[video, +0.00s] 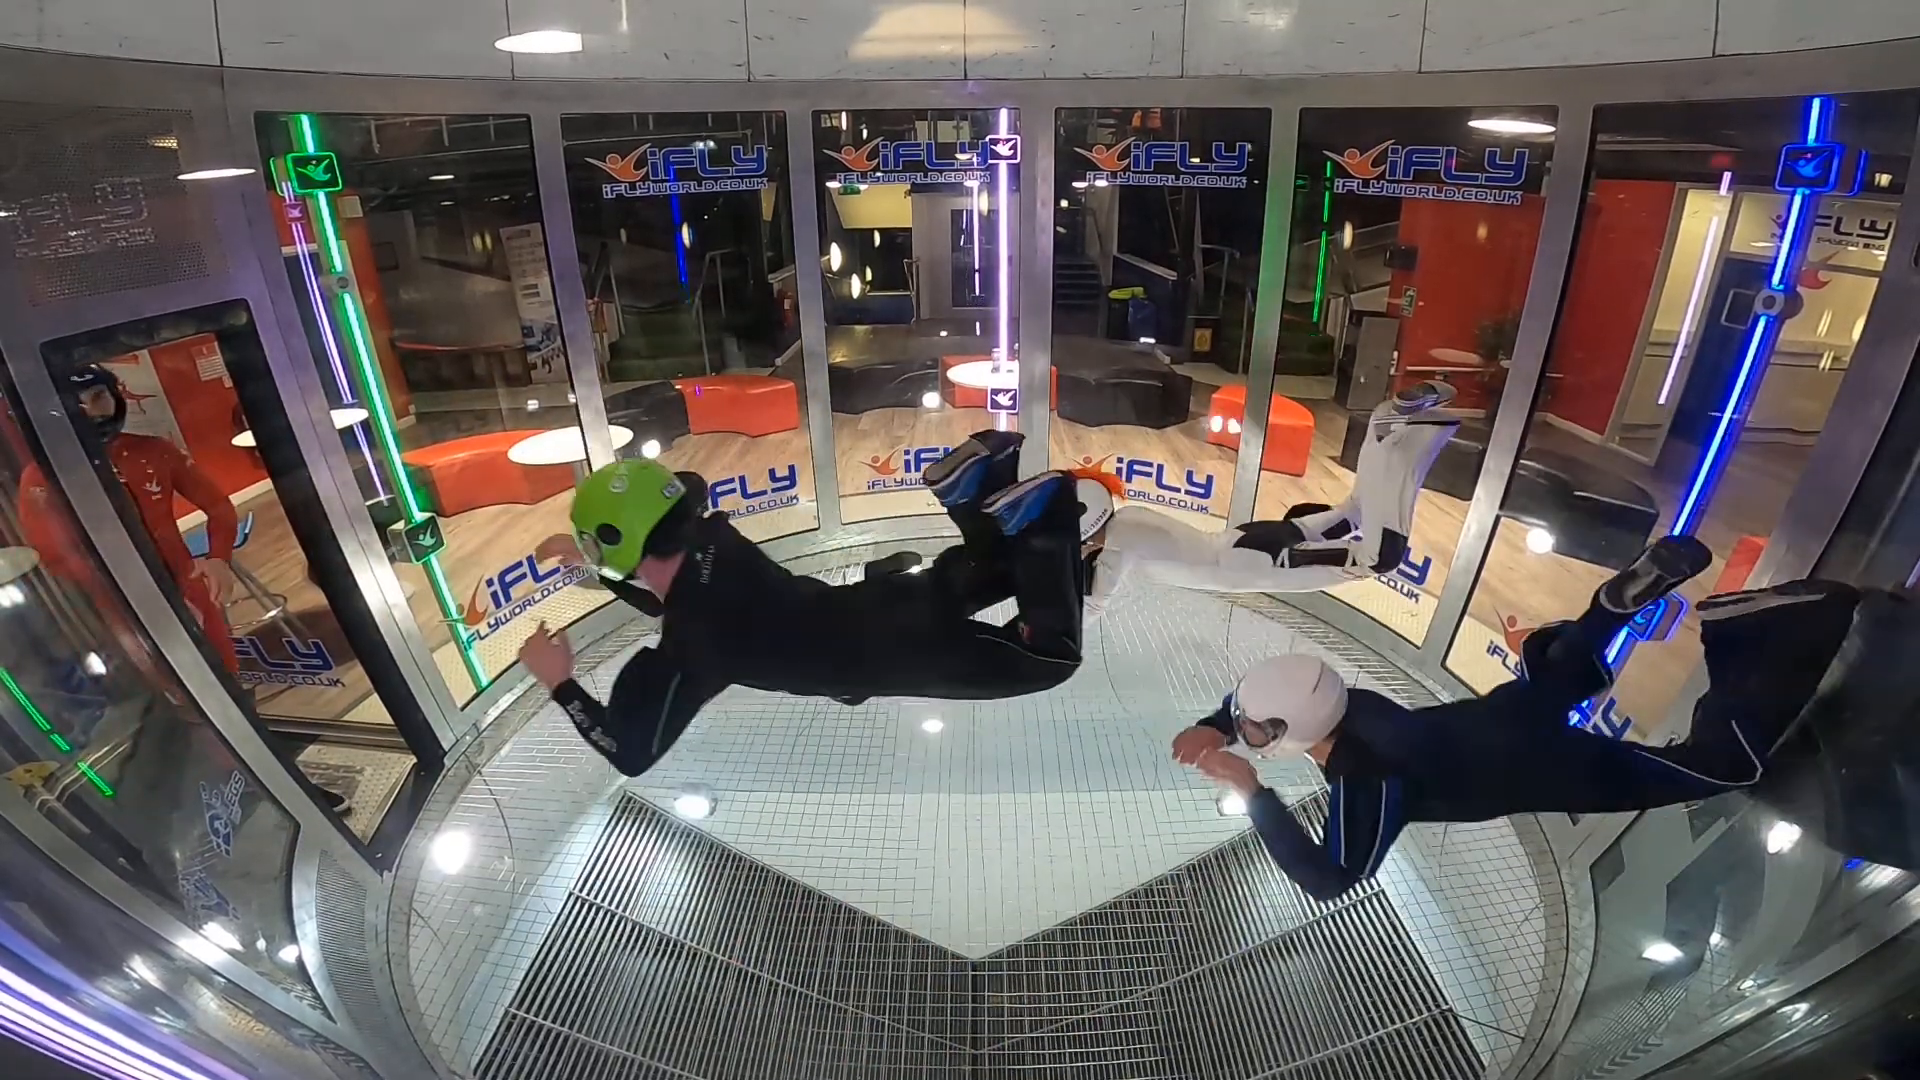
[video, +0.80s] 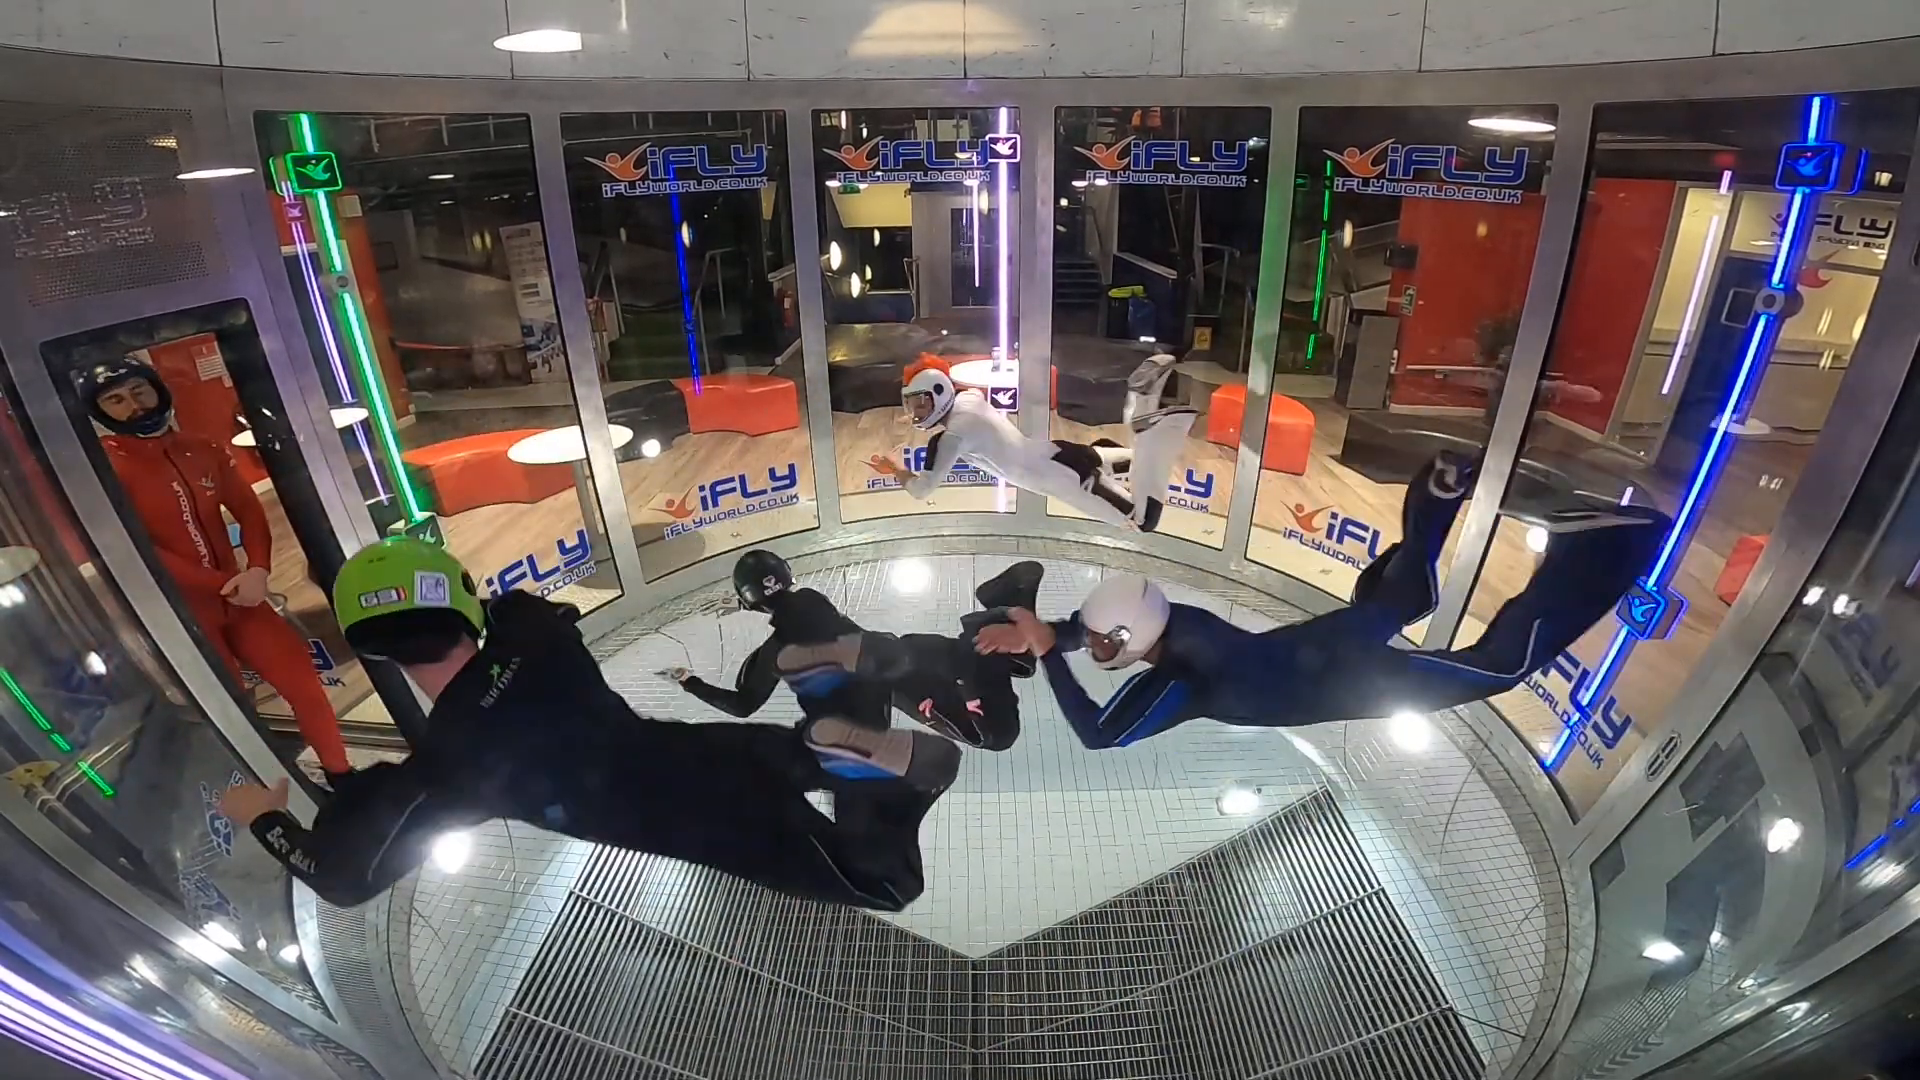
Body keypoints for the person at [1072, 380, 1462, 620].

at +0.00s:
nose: (1079, 541)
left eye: (1078, 531)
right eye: (1079, 529)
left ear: (1089, 530)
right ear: (1101, 507)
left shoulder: (1123, 542)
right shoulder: (1123, 520)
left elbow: (1097, 596)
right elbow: (1104, 591)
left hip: (1252, 561)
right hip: (1246, 538)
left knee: (1381, 556)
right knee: (1355, 520)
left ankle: (1395, 442)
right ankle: (1394, 427)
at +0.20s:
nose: (1052, 498)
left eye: (1056, 489)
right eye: (1049, 489)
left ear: (1077, 485)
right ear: (1084, 473)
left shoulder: (1104, 511)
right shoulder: (1114, 479)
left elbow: (1075, 566)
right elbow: (1085, 540)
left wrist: (1049, 549)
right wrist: (1056, 540)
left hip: (1236, 536)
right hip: (1227, 512)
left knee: (1346, 532)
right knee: (1318, 488)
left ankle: (1362, 429)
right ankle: (1358, 403)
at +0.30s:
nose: (1040, 477)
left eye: (1044, 468)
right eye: (1037, 469)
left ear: (1066, 463)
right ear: (1071, 453)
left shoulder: (1087, 496)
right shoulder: (1103, 456)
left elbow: (1054, 552)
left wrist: (1027, 527)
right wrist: (1047, 520)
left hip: (1212, 516)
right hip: (1211, 491)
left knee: (1323, 529)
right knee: (1303, 470)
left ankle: (1348, 427)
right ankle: (1330, 401)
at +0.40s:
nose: (1022, 461)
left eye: (1026, 452)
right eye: (1020, 452)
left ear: (1049, 444)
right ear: (1056, 435)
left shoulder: (1061, 486)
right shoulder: (1089, 434)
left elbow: (1027, 534)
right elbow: (1096, 429)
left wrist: (1006, 512)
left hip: (1175, 508)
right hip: (1179, 475)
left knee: (1288, 529)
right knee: (1253, 466)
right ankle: (1308, 401)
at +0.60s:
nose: (971, 433)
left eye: (975, 426)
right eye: (968, 426)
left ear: (994, 421)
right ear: (999, 414)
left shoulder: (1009, 456)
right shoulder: (1031, 413)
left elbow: (971, 504)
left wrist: (953, 474)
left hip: (1116, 483)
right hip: (1116, 457)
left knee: (1208, 524)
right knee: (1166, 458)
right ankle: (1221, 454)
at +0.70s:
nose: (942, 424)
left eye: (947, 416)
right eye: (941, 416)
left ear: (967, 409)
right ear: (971, 400)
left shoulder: (977, 446)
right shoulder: (1003, 402)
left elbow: (952, 496)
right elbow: (1036, 415)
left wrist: (935, 482)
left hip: (1079, 479)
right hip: (1084, 450)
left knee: (1166, 522)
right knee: (1135, 458)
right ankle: (1182, 453)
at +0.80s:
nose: (915, 410)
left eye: (920, 401)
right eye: (911, 402)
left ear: (940, 397)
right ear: (944, 393)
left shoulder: (953, 435)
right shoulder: (969, 400)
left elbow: (925, 488)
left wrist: (897, 473)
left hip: (1055, 476)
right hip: (1054, 449)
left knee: (1139, 520)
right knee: (1094, 454)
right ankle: (1143, 455)